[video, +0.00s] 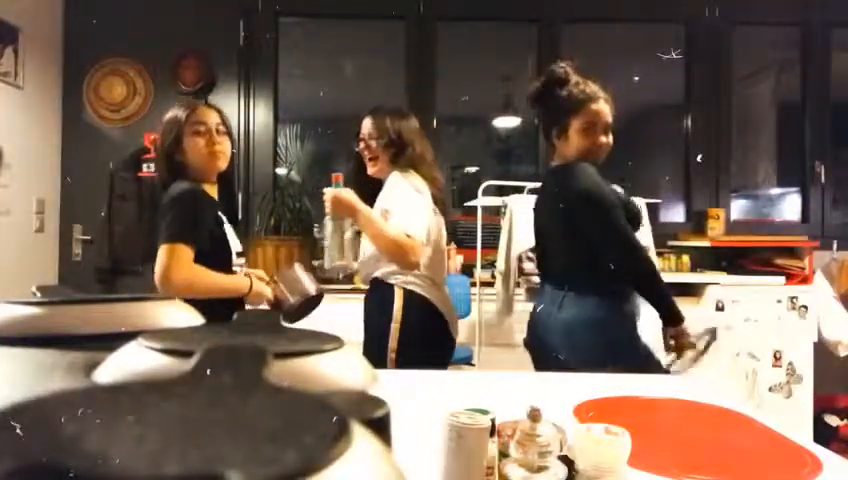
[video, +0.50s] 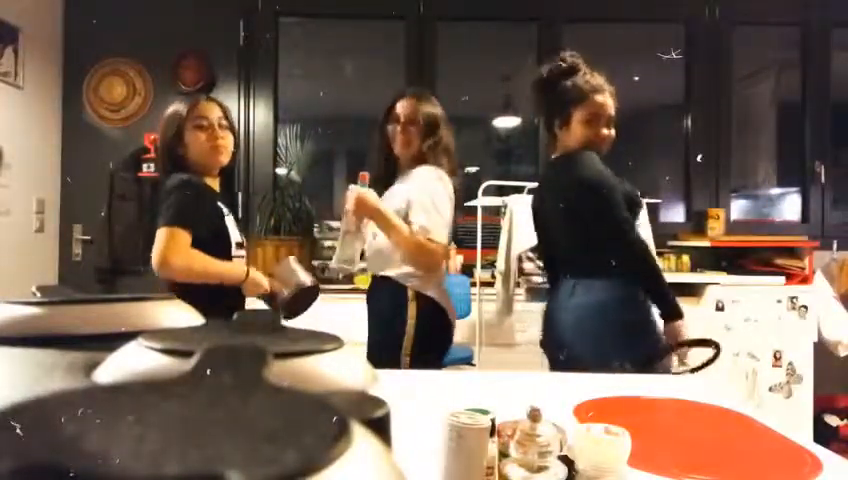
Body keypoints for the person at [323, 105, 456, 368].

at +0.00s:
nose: (363, 147)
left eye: (372, 139)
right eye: (361, 140)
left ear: (398, 142)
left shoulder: (403, 183)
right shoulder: (415, 185)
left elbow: (410, 255)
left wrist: (357, 210)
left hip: (404, 308)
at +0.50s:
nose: (400, 130)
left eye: (411, 123)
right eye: (394, 121)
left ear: (431, 131)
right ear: (388, 128)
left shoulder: (431, 179)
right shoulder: (404, 180)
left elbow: (432, 259)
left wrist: (378, 213)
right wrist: (361, 218)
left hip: (413, 304)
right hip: (390, 299)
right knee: (389, 401)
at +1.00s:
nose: (400, 127)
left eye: (412, 121)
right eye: (395, 119)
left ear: (432, 134)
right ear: (387, 127)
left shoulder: (433, 181)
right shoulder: (411, 184)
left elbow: (444, 262)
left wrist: (377, 231)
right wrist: (368, 238)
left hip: (427, 315)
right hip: (408, 311)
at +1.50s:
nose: (407, 110)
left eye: (419, 104)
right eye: (400, 102)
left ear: (439, 116)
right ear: (392, 112)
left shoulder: (437, 172)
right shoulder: (408, 173)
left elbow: (460, 255)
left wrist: (387, 235)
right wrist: (367, 208)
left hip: (427, 307)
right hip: (398, 302)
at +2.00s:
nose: (405, 119)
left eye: (417, 113)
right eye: (399, 112)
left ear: (438, 127)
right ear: (390, 121)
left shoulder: (439, 185)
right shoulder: (403, 184)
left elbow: (458, 270)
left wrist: (385, 242)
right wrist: (362, 222)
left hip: (420, 316)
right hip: (390, 311)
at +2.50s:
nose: (407, 112)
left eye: (419, 107)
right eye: (402, 104)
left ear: (439, 117)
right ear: (393, 113)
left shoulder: (436, 178)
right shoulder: (405, 175)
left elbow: (460, 262)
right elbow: (404, 240)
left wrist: (384, 249)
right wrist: (364, 220)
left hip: (421, 311)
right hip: (393, 307)